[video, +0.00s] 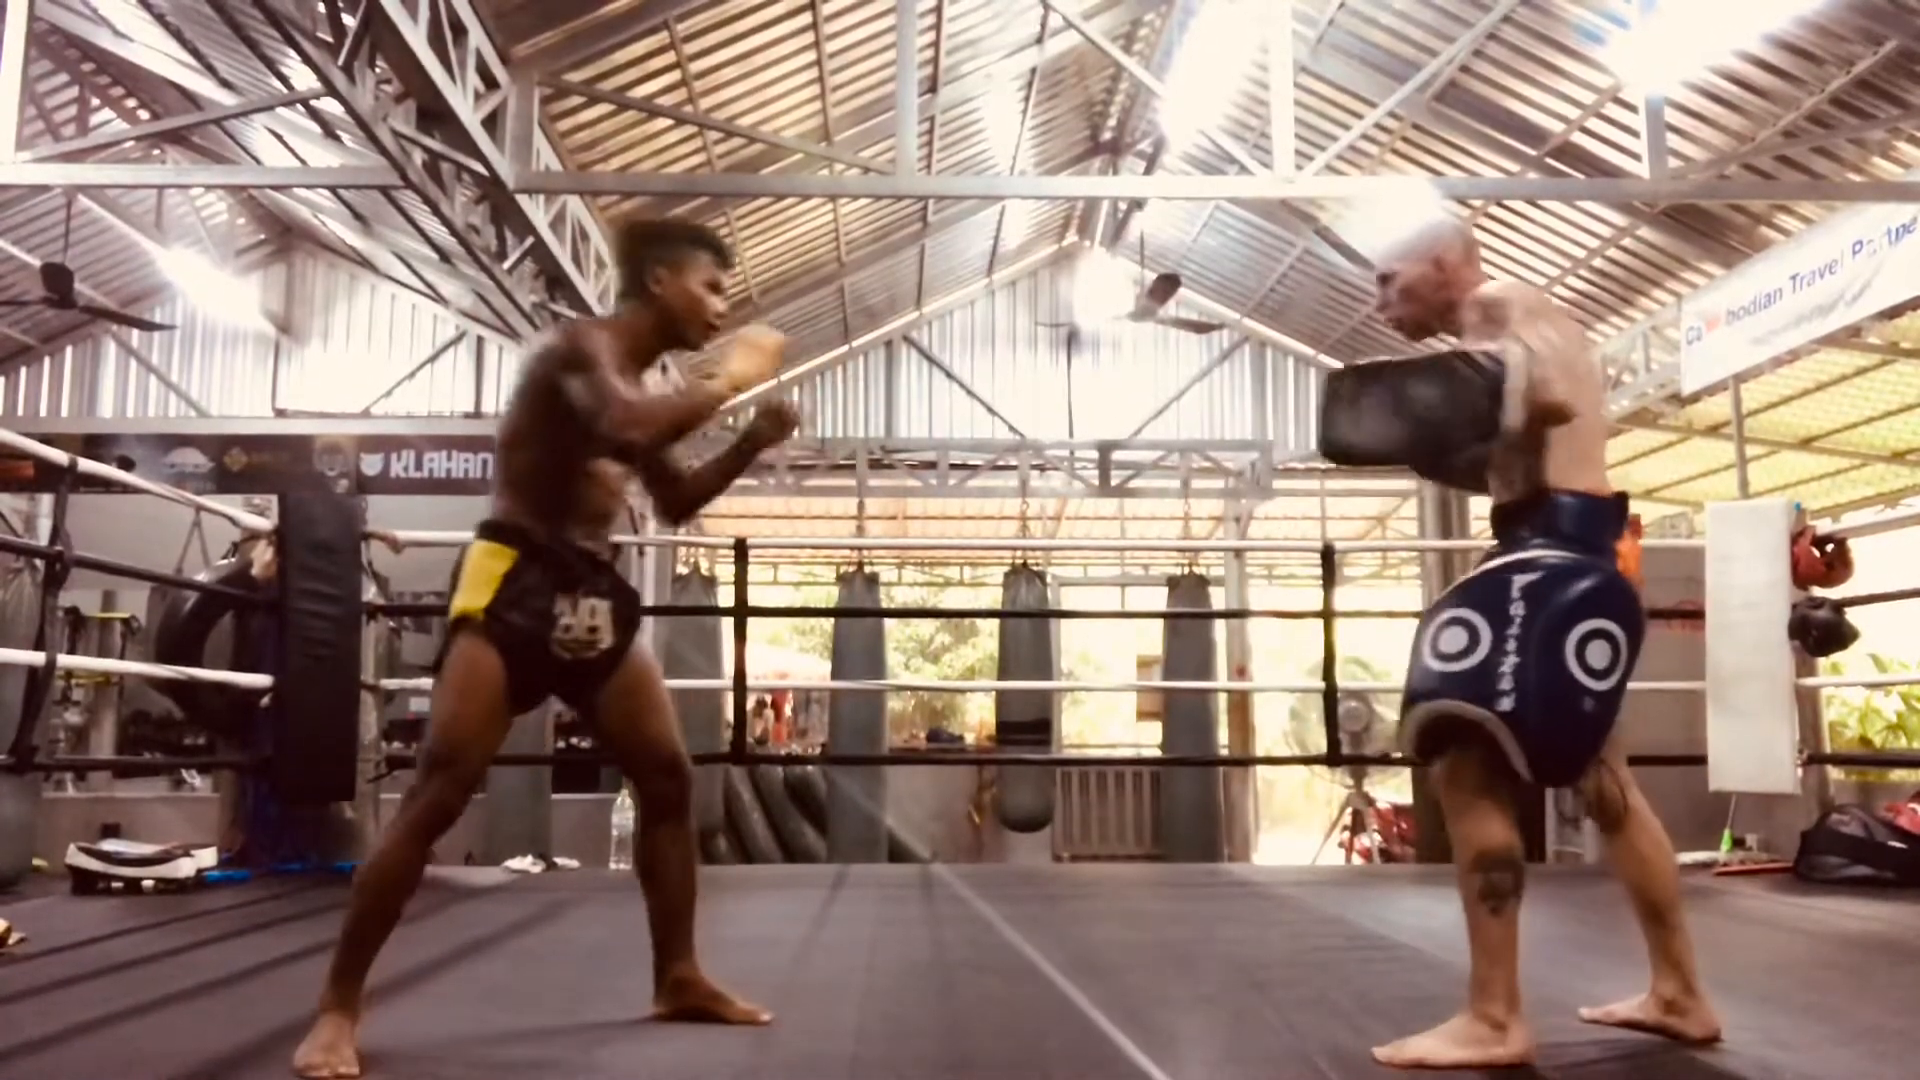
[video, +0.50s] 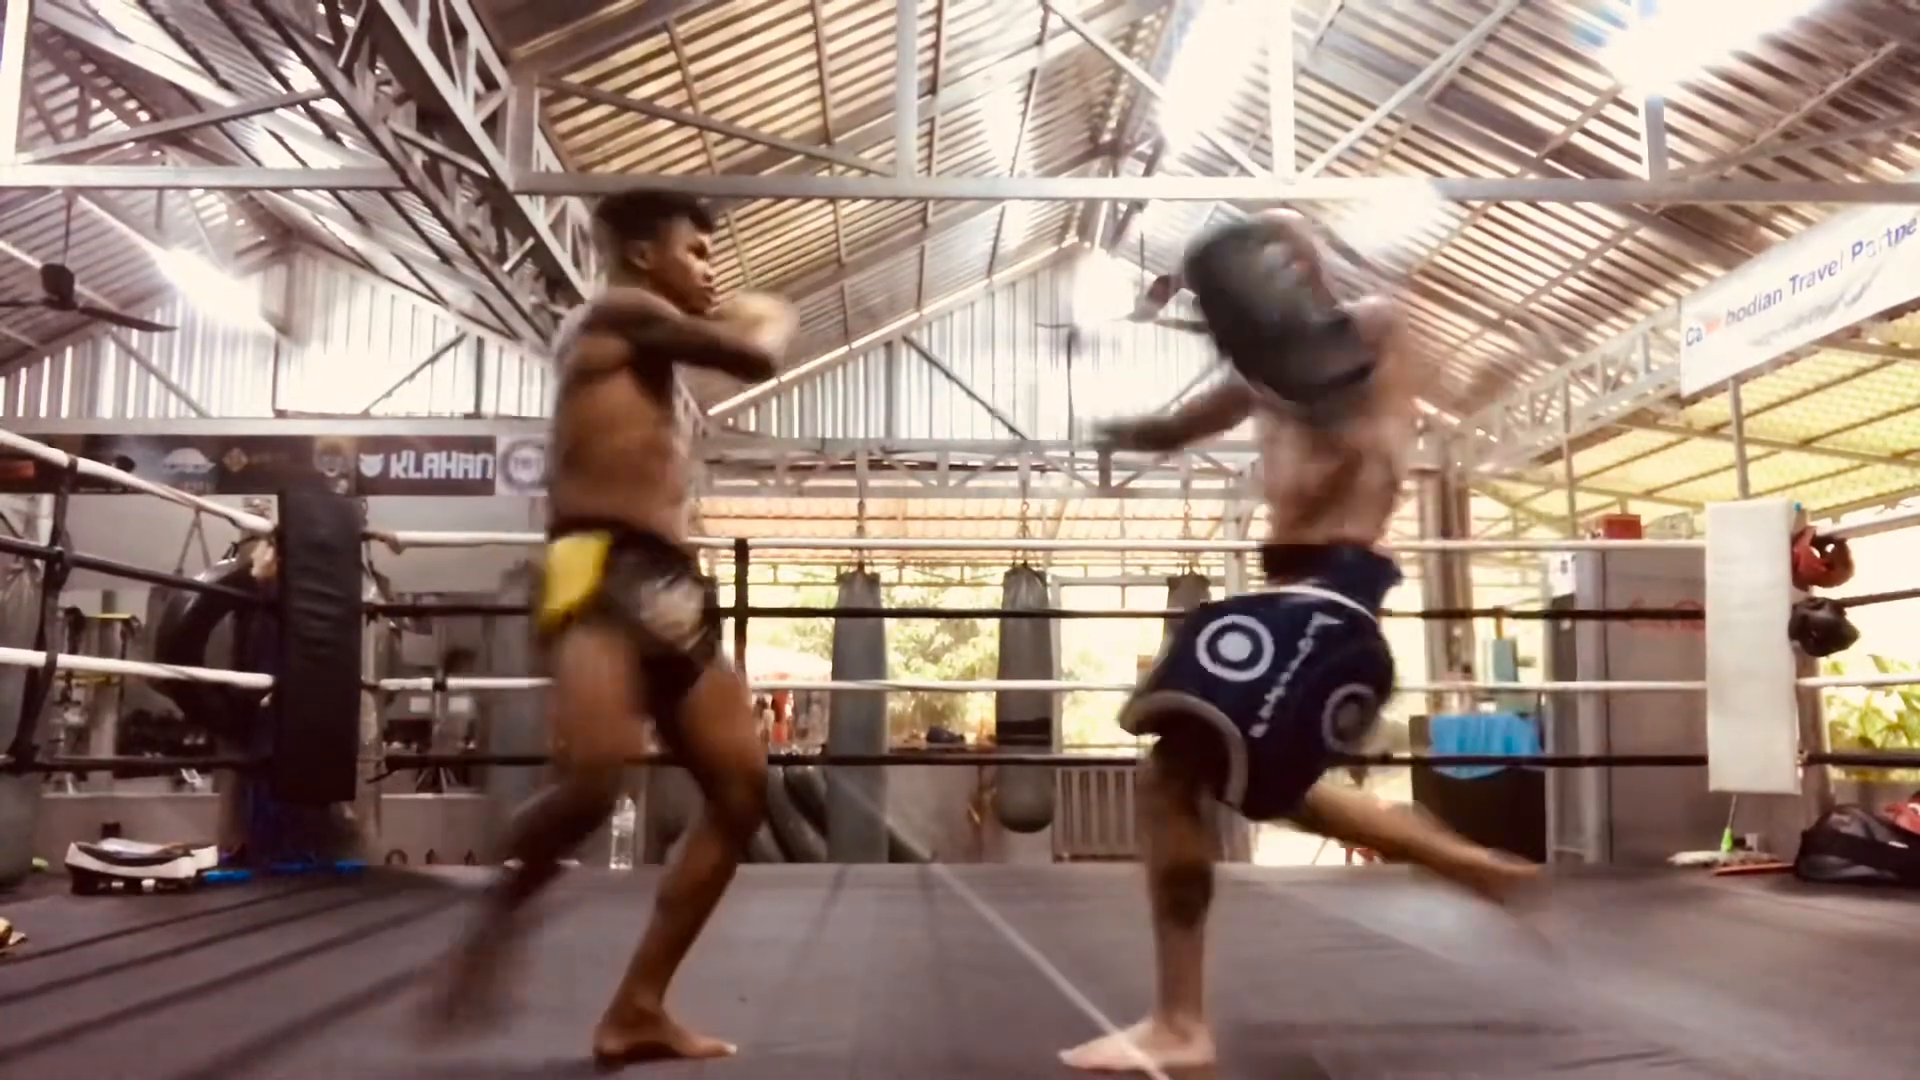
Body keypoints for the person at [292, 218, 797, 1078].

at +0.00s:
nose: (724, 303)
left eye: (726, 289)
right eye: (713, 284)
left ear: (671, 286)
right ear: (660, 279)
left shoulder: (639, 387)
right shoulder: (580, 342)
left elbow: (679, 502)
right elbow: (620, 422)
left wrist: (752, 441)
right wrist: (726, 380)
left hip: (593, 584)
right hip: (514, 569)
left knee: (667, 780)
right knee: (441, 791)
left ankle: (678, 979)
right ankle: (337, 1012)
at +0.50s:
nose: (710, 264)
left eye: (709, 250)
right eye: (696, 247)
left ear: (652, 254)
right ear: (643, 250)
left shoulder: (649, 337)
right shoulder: (618, 310)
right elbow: (756, 355)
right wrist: (765, 313)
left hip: (662, 576)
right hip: (599, 564)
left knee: (740, 792)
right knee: (594, 780)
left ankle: (638, 1008)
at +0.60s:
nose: (702, 267)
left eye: (704, 253)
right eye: (691, 249)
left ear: (627, 248)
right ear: (640, 238)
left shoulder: (595, 343)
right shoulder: (634, 292)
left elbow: (520, 457)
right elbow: (760, 335)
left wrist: (556, 527)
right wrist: (889, 333)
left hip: (639, 543)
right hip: (674, 514)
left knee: (703, 790)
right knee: (823, 578)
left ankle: (636, 1010)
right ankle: (761, 726)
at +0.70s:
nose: (703, 268)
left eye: (704, 254)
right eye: (695, 248)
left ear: (613, 250)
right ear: (643, 239)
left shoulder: (566, 378)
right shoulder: (646, 300)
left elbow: (560, 459)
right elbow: (745, 334)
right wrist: (890, 326)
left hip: (679, 562)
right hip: (729, 485)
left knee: (695, 791)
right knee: (935, 416)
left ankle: (637, 1013)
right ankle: (957, 440)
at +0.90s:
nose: (756, 241)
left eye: (758, 227)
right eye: (746, 222)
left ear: (690, 221)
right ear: (696, 214)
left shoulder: (697, 333)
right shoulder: (650, 270)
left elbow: (781, 423)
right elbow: (694, 294)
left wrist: (809, 319)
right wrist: (843, 261)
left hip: (683, 553)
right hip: (724, 489)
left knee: (690, 790)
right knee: (944, 409)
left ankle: (630, 1010)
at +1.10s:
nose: (809, 218)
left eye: (808, 202)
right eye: (798, 199)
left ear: (720, 199)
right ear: (755, 195)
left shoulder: (696, 285)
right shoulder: (734, 242)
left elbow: (736, 420)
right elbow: (886, 292)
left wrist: (802, 423)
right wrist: (1007, 331)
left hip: (703, 531)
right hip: (750, 515)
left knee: (715, 791)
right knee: (834, 777)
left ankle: (639, 1017)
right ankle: (686, 1035)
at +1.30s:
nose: (875, 148)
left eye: (864, 140)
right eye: (870, 136)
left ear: (764, 133)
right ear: (859, 129)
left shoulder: (723, 205)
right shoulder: (906, 204)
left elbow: (565, 237)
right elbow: (922, 320)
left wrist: (454, 296)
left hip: (813, 526)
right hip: (921, 501)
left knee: (815, 782)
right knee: (1030, 763)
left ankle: (800, 1022)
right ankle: (832, 966)